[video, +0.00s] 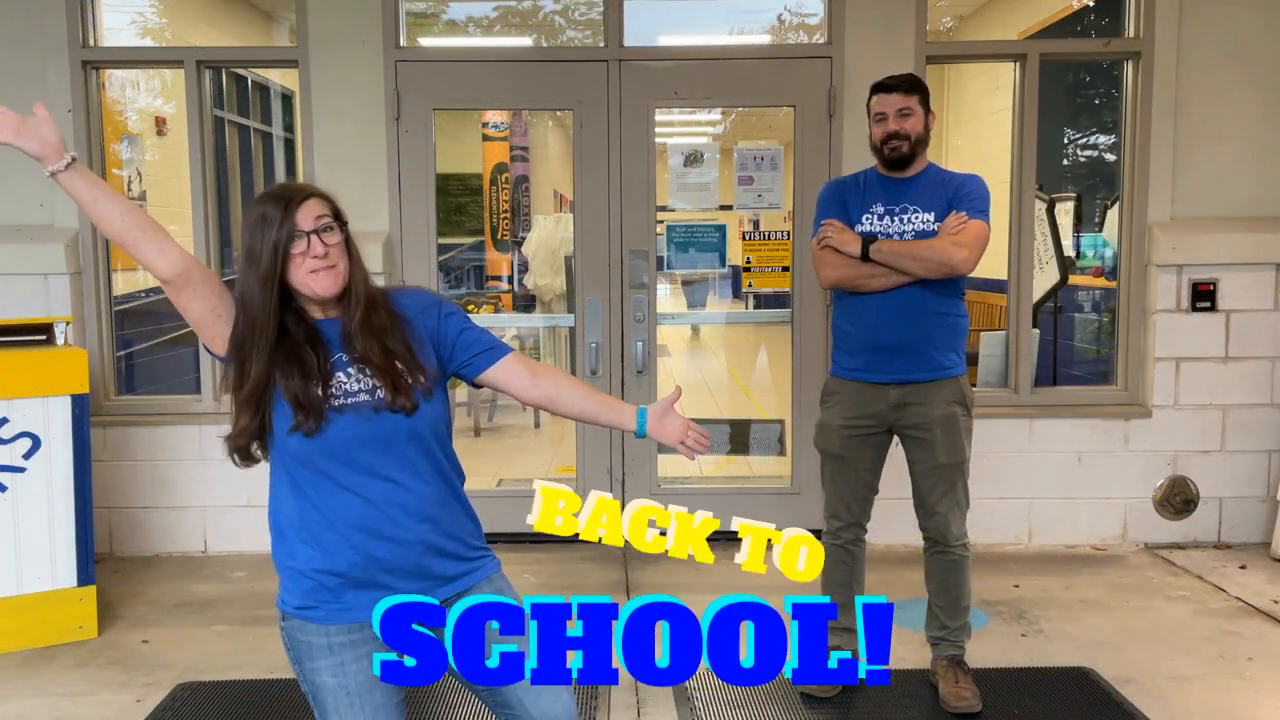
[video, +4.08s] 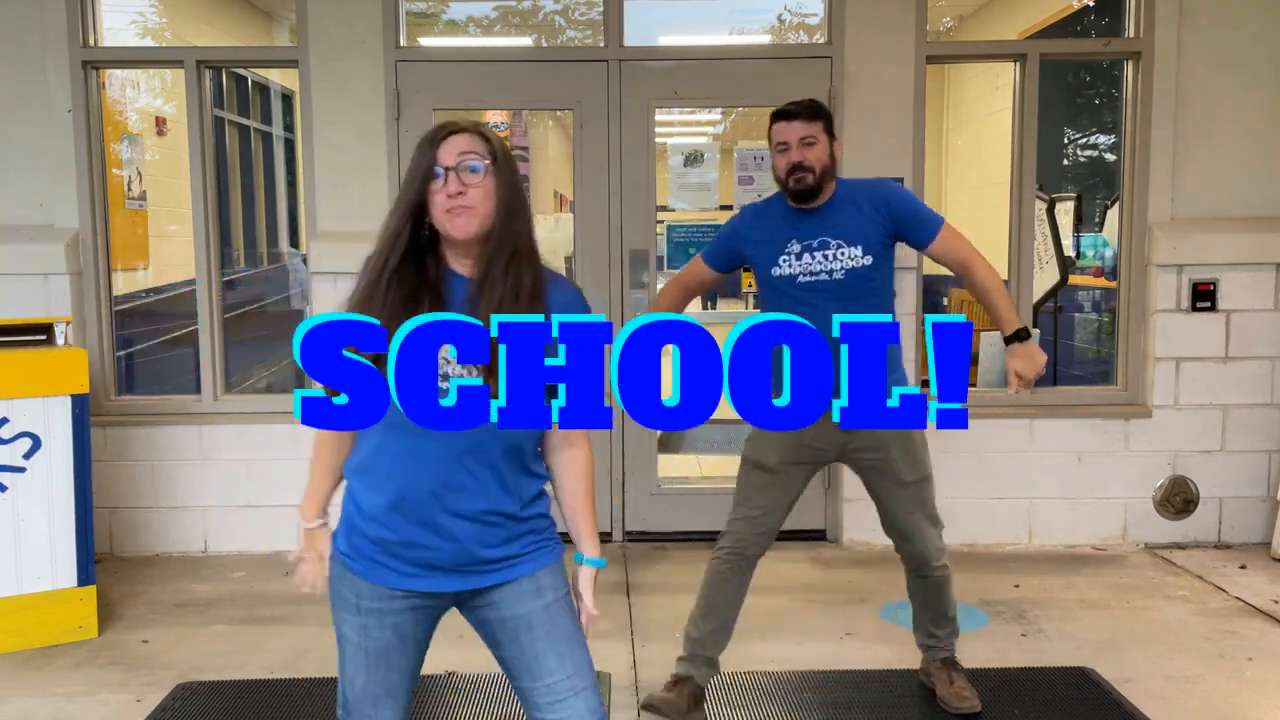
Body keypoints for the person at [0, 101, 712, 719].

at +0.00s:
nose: (319, 246)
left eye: (327, 230)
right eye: (299, 239)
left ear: (348, 238)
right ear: (271, 260)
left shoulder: (416, 314)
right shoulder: (262, 339)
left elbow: (527, 377)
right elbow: (170, 264)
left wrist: (645, 419)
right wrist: (64, 165)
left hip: (461, 579)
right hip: (337, 601)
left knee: (553, 699)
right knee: (366, 711)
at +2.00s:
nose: (334, 252)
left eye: (346, 236)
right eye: (316, 241)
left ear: (373, 246)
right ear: (294, 259)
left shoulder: (413, 342)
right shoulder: (273, 327)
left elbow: (518, 396)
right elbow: (154, 260)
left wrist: (630, 419)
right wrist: (26, 187)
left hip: (431, 590)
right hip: (326, 606)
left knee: (542, 680)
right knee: (376, 712)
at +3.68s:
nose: (355, 226)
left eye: (371, 213)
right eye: (339, 215)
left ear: (397, 232)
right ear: (317, 237)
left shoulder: (447, 319)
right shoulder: (288, 312)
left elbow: (552, 384)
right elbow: (158, 302)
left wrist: (670, 441)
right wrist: (23, 267)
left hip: (442, 564)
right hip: (326, 570)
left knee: (544, 674)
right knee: (355, 704)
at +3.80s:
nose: (378, 197)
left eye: (395, 186)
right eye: (361, 188)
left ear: (422, 214)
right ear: (339, 217)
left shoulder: (469, 308)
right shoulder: (297, 297)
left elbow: (566, 398)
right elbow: (155, 342)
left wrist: (671, 471)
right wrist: (12, 369)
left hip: (458, 557)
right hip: (332, 570)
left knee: (550, 686)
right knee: (354, 712)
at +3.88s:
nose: (396, 175)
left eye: (414, 163)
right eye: (382, 164)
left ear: (445, 187)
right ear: (361, 187)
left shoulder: (484, 288)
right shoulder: (318, 274)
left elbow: (565, 396)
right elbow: (207, 362)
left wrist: (650, 495)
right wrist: (82, 444)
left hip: (470, 538)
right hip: (344, 550)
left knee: (553, 698)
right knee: (361, 710)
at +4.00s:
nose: (425, 173)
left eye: (443, 157)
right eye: (410, 162)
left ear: (476, 175)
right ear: (393, 186)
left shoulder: (525, 289)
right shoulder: (358, 269)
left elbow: (558, 420)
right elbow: (301, 381)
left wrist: (602, 526)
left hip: (486, 536)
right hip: (362, 539)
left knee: (555, 710)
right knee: (362, 713)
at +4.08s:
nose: (453, 184)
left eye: (472, 170)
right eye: (438, 174)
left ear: (505, 188)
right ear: (423, 198)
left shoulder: (551, 299)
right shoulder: (385, 293)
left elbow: (568, 437)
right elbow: (340, 408)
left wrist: (589, 554)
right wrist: (312, 517)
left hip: (514, 554)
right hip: (383, 556)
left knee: (577, 710)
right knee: (370, 713)